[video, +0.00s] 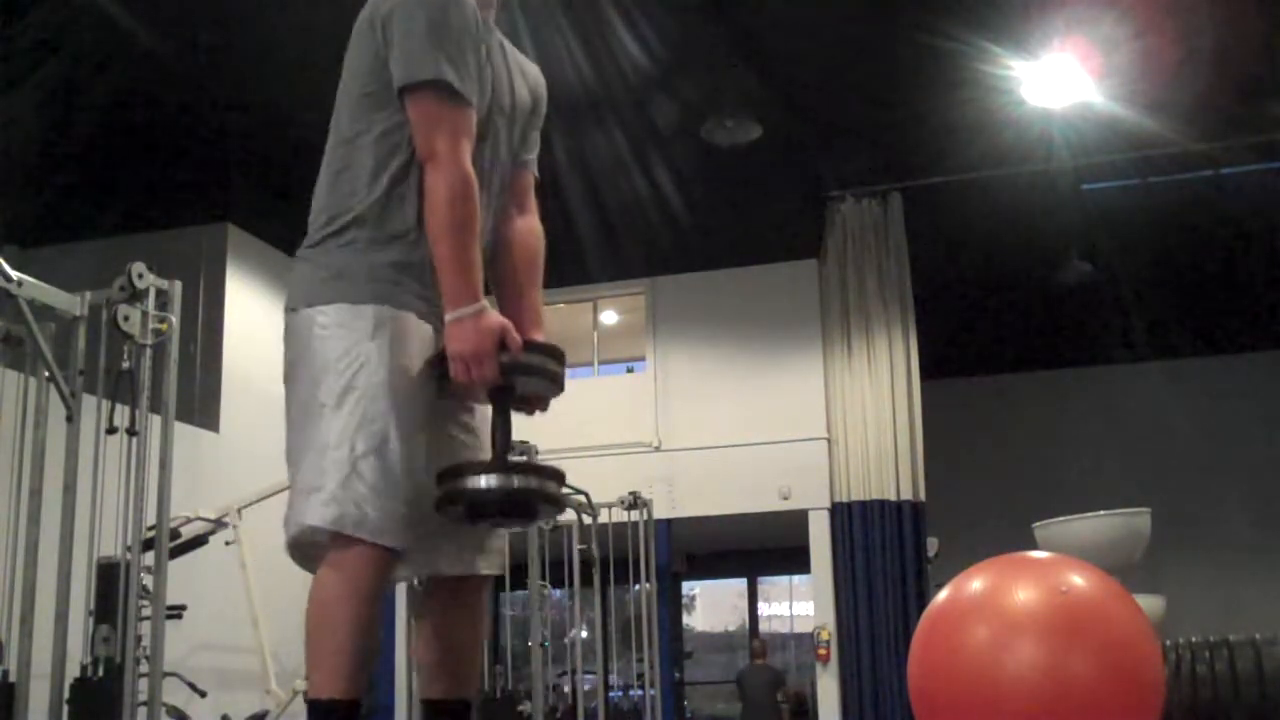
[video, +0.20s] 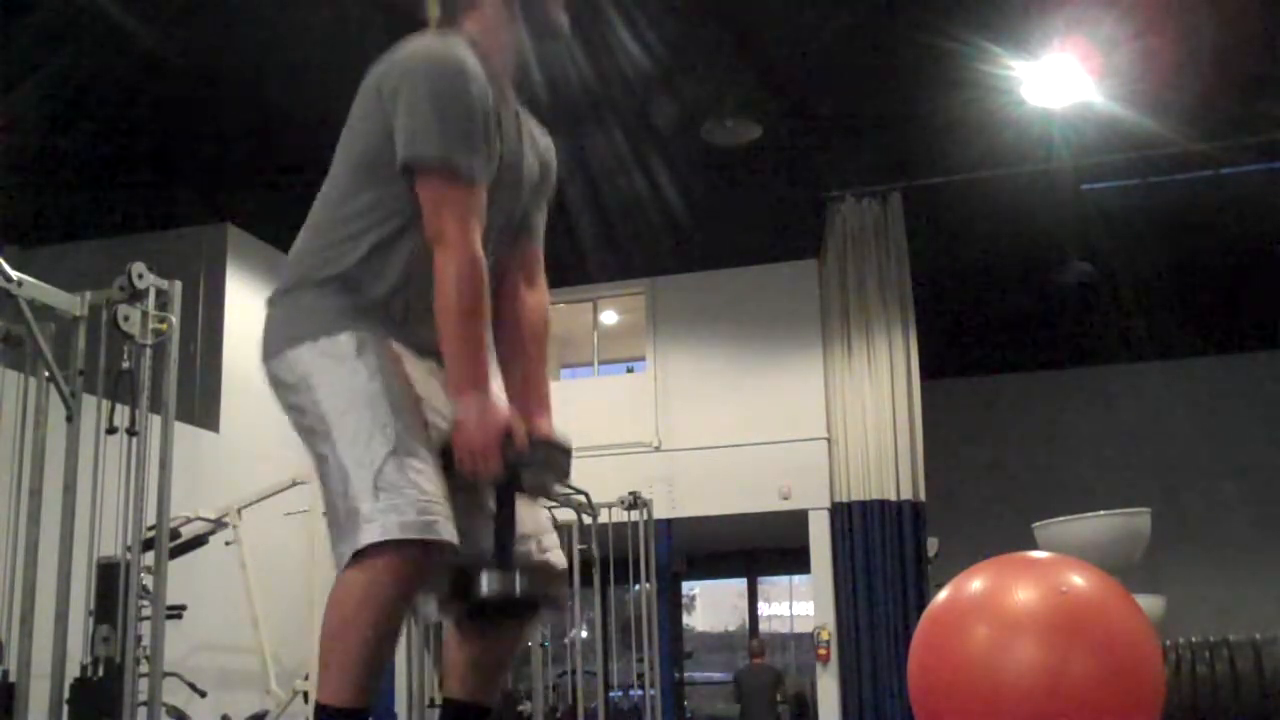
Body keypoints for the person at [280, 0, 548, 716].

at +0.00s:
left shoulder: (523, 75)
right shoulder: (427, 8)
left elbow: (519, 211)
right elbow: (442, 158)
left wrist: (531, 337)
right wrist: (464, 308)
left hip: (452, 317)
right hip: (365, 300)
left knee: (462, 553)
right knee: (363, 533)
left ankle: (449, 711)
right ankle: (332, 711)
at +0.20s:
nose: (550, 24)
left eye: (549, 17)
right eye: (530, 9)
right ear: (481, 9)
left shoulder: (533, 143)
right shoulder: (439, 65)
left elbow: (524, 279)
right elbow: (453, 243)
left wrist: (535, 418)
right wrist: (472, 399)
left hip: (423, 349)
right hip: (330, 324)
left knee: (513, 563)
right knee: (401, 530)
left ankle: (465, 711)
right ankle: (336, 711)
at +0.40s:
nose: (598, 77)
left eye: (596, 61)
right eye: (580, 58)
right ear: (518, 68)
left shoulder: (549, 235)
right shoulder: (460, 165)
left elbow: (536, 390)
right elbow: (466, 363)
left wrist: (545, 523)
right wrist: (484, 514)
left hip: (397, 404)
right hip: (302, 382)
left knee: (534, 567)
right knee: (412, 535)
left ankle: (476, 709)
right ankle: (343, 713)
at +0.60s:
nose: (615, 149)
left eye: (612, 134)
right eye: (594, 130)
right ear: (536, 144)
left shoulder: (563, 309)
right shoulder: (474, 244)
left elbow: (544, 455)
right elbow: (480, 445)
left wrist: (551, 605)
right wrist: (495, 605)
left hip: (404, 454)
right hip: (303, 433)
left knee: (575, 572)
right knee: (448, 541)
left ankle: (480, 706)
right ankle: (349, 710)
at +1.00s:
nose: (607, 124)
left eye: (611, 106)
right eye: (587, 105)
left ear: (619, 123)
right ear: (531, 117)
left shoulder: (582, 263)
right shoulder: (499, 213)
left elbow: (568, 425)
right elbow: (491, 391)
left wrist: (584, 542)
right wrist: (526, 543)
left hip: (409, 426)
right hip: (321, 404)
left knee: (546, 564)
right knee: (455, 545)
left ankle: (358, 683)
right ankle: (362, 706)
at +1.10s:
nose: (593, 30)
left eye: (594, 15)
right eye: (577, 9)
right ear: (528, 15)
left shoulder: (577, 149)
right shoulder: (484, 91)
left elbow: (594, 280)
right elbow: (445, 213)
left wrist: (590, 356)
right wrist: (512, 330)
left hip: (430, 371)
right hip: (346, 346)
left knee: (544, 570)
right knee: (442, 540)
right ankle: (358, 705)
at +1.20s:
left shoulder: (544, 21)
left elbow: (554, 113)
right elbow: (389, 12)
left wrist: (555, 151)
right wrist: (470, 126)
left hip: (470, 250)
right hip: (390, 232)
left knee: (463, 498)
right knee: (382, 476)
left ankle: (472, 695)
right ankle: (357, 695)